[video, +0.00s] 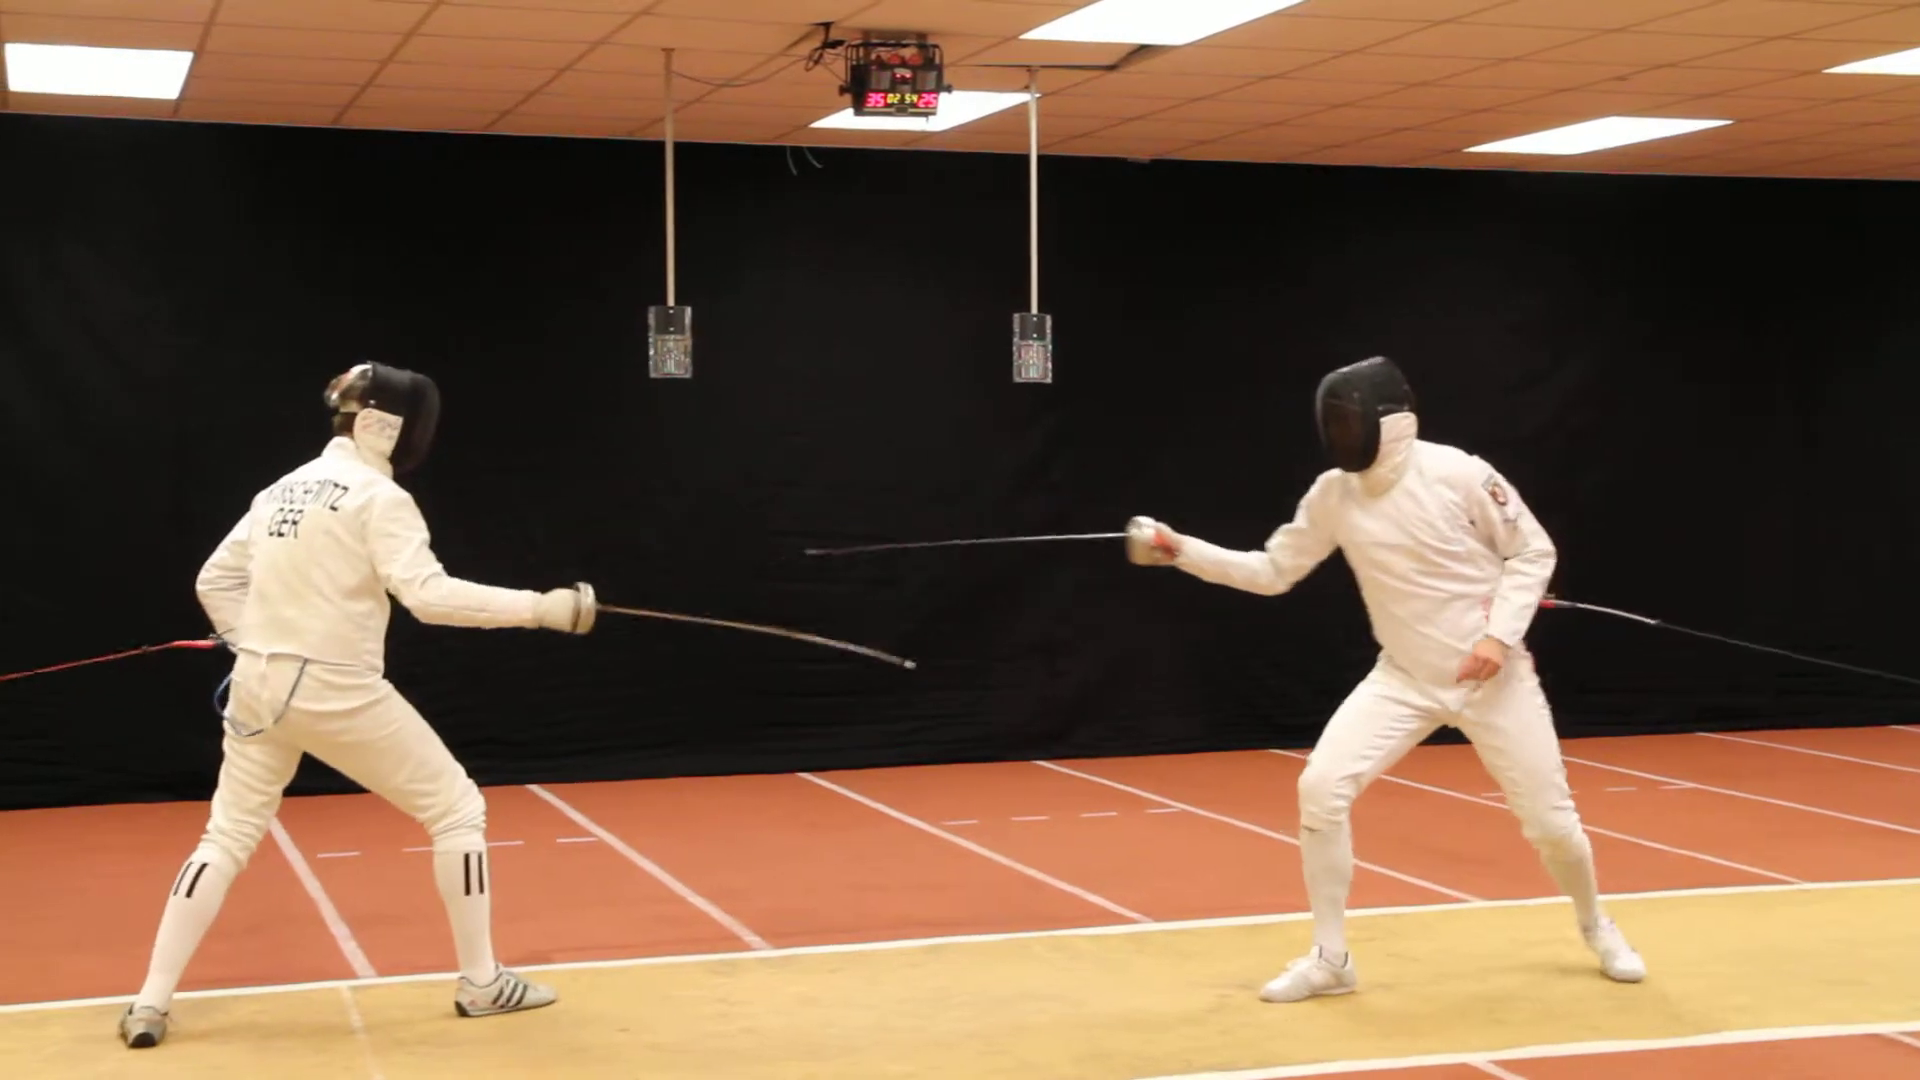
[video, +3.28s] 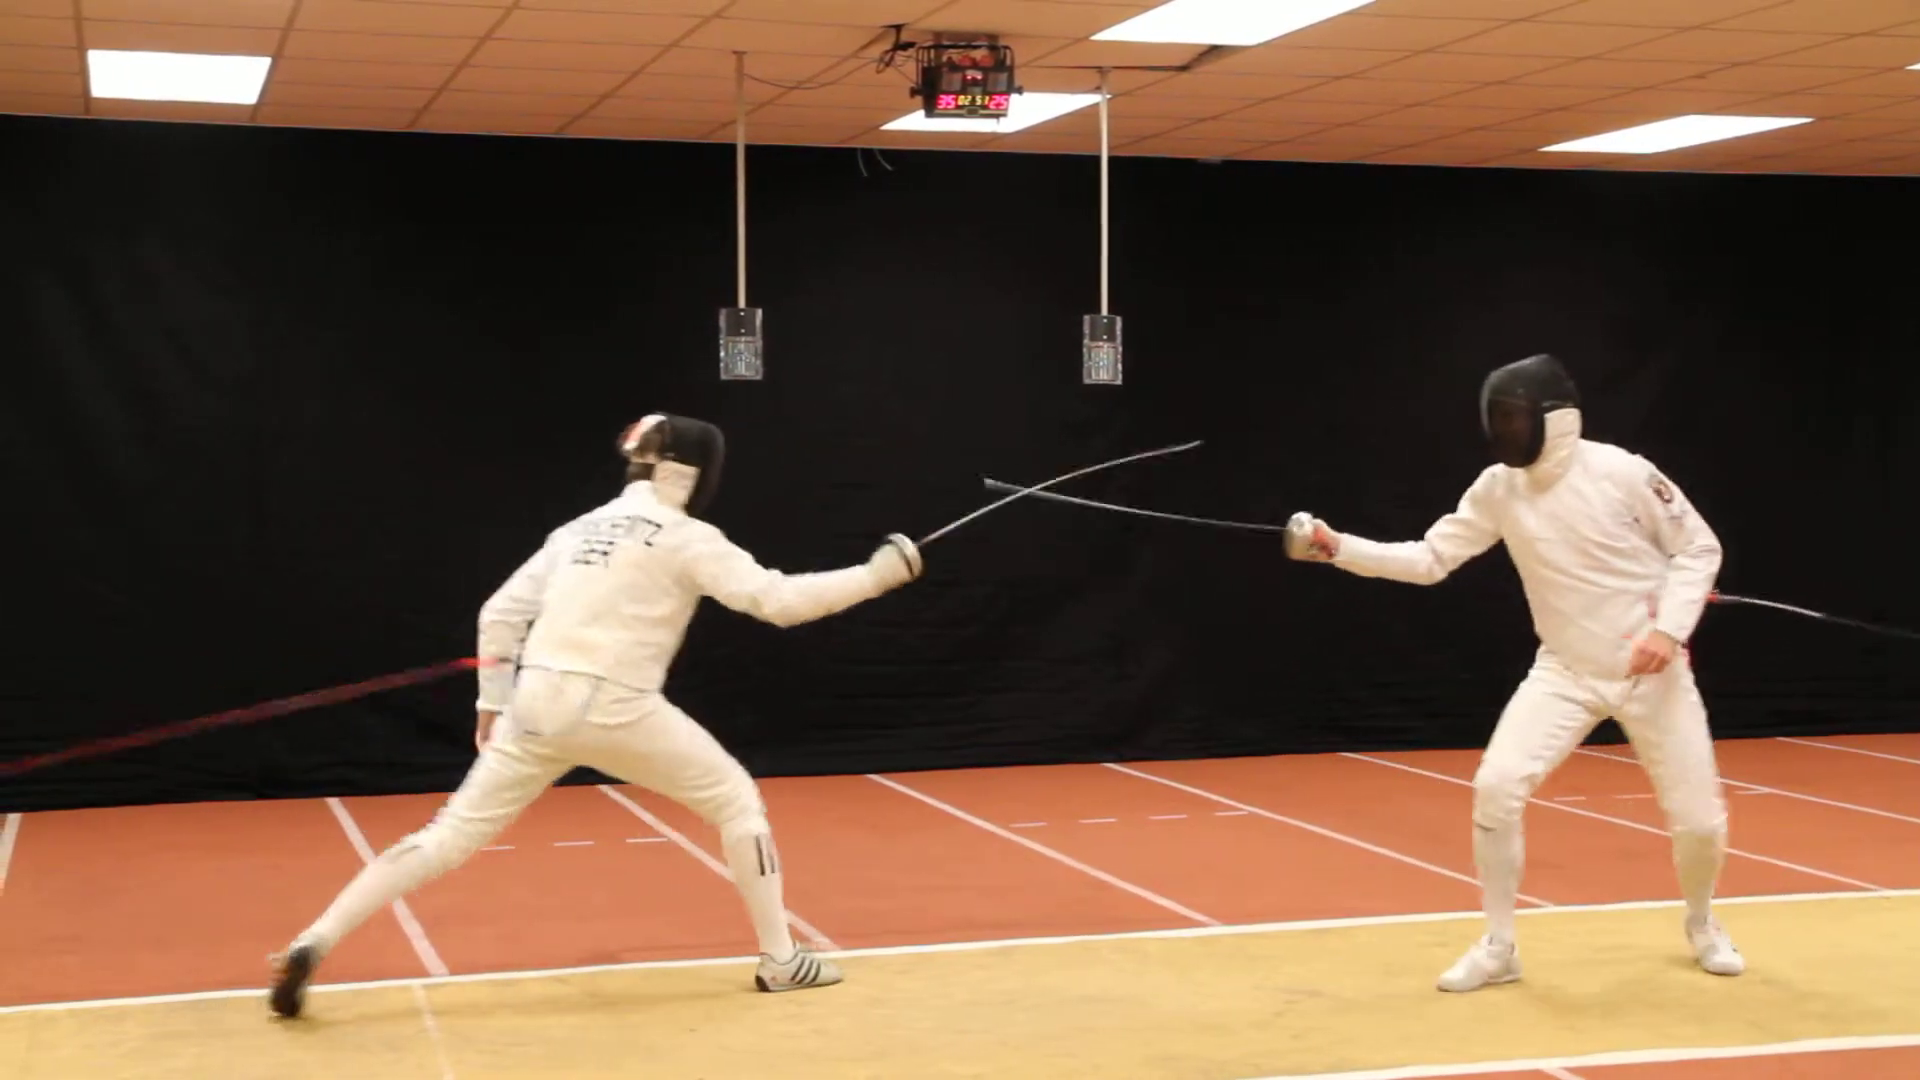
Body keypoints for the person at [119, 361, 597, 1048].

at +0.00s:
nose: (415, 440)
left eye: (415, 426)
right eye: (412, 427)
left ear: (341, 417)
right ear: (393, 427)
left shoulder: (279, 493)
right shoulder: (380, 499)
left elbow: (216, 581)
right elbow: (428, 595)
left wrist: (262, 651)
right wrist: (544, 606)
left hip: (256, 689)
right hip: (339, 691)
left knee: (225, 837)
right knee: (456, 811)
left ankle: (150, 1003)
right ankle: (482, 981)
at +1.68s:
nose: (455, 463)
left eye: (454, 450)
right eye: (449, 450)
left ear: (396, 448)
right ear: (421, 451)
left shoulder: (339, 515)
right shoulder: (420, 528)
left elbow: (286, 604)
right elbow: (489, 613)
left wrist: (322, 670)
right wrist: (600, 591)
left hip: (308, 710)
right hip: (388, 709)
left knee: (279, 854)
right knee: (527, 789)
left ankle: (176, 995)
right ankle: (557, 961)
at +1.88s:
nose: (503, 471)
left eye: (493, 453)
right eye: (502, 458)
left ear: (438, 449)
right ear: (488, 459)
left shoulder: (379, 518)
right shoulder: (473, 530)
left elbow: (320, 603)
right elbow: (560, 604)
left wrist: (355, 675)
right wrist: (670, 580)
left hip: (345, 709)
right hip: (427, 714)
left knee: (293, 851)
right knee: (553, 812)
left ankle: (184, 993)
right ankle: (615, 967)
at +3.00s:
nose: (563, 482)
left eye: (555, 466)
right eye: (560, 469)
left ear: (499, 462)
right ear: (542, 470)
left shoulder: (445, 530)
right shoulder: (527, 538)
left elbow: (392, 619)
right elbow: (603, 625)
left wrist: (422, 686)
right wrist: (715, 613)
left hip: (408, 713)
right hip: (487, 716)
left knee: (357, 857)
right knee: (625, 788)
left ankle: (242, 990)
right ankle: (662, 955)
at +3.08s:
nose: (560, 468)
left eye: (555, 453)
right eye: (563, 457)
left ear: (533, 458)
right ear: (564, 465)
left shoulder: (477, 524)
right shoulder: (560, 531)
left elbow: (421, 611)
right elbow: (650, 606)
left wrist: (452, 679)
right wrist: (762, 592)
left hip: (435, 708)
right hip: (516, 707)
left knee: (361, 848)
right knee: (653, 777)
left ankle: (242, 984)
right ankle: (696, 939)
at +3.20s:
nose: (656, 473)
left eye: (633, 456)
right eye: (659, 463)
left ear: (599, 458)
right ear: (655, 467)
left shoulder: (541, 521)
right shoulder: (646, 529)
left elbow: (473, 604)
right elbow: (737, 581)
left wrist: (494, 673)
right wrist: (844, 568)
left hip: (495, 692)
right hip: (579, 701)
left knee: (397, 827)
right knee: (689, 813)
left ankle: (267, 951)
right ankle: (770, 956)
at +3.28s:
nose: (704, 481)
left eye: (685, 463)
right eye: (704, 470)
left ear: (639, 467)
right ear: (694, 476)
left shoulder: (576, 531)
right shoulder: (689, 540)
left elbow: (502, 613)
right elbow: (778, 600)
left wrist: (493, 702)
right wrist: (879, 573)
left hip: (533, 701)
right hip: (619, 708)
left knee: (446, 838)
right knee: (734, 796)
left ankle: (313, 942)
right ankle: (780, 956)